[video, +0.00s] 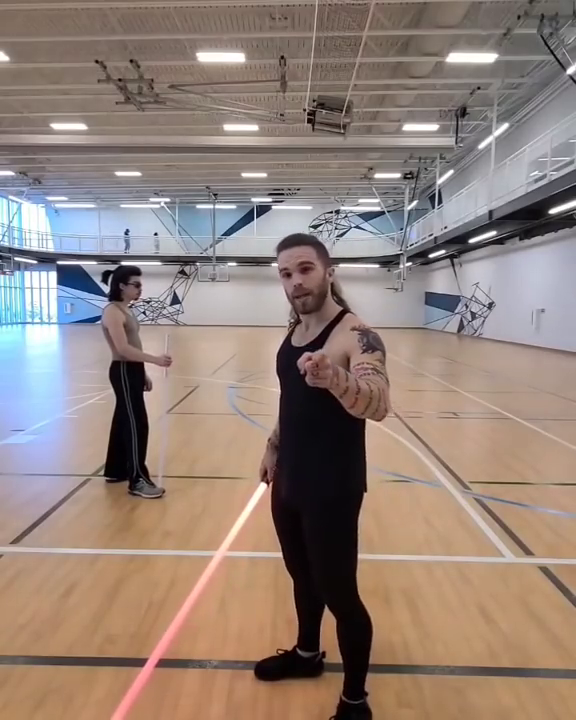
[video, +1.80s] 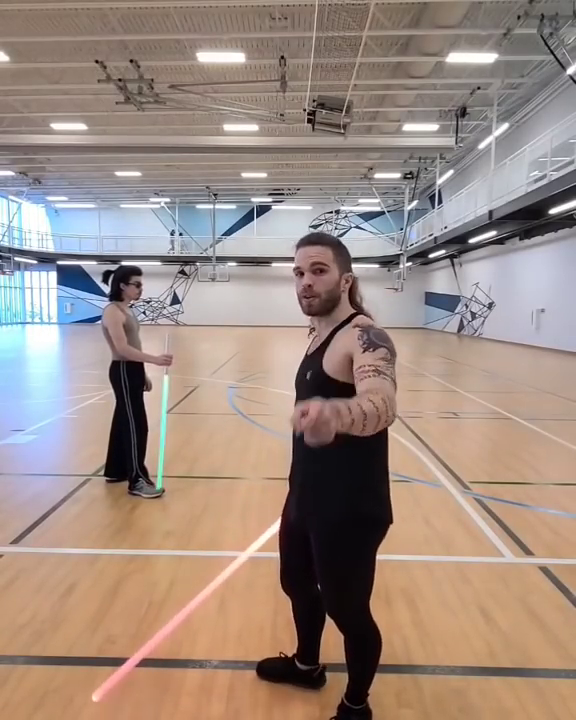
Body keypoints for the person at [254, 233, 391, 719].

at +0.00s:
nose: (296, 281)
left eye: (305, 269)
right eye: (286, 274)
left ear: (328, 271)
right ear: (280, 282)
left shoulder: (356, 335)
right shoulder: (297, 331)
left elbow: (378, 405)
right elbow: (295, 400)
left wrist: (335, 378)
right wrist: (273, 444)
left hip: (333, 483)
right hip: (290, 476)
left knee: (340, 593)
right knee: (303, 571)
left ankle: (355, 698)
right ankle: (307, 651)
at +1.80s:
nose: (305, 281)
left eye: (318, 271)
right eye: (299, 273)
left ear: (346, 279)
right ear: (294, 281)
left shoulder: (367, 338)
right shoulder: (321, 333)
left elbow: (380, 403)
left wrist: (335, 414)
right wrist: (300, 482)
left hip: (350, 501)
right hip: (308, 491)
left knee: (348, 608)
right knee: (299, 579)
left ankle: (356, 703)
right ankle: (306, 663)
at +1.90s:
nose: (305, 285)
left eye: (318, 273)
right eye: (299, 276)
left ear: (345, 281)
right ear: (293, 283)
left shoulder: (366, 340)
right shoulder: (323, 335)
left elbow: (380, 413)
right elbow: (326, 416)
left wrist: (321, 458)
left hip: (350, 504)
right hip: (309, 494)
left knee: (348, 610)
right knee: (300, 583)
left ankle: (357, 703)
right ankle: (307, 666)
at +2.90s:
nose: (279, 285)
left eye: (289, 275)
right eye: (270, 276)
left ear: (308, 278)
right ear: (261, 281)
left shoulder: (329, 337)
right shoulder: (275, 330)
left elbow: (356, 417)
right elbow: (284, 401)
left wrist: (324, 487)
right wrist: (256, 434)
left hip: (310, 482)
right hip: (272, 475)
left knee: (315, 594)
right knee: (286, 568)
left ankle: (351, 696)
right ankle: (301, 645)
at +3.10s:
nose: (285, 283)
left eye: (296, 274)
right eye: (276, 272)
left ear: (310, 280)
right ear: (264, 275)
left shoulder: (333, 336)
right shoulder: (264, 329)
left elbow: (367, 411)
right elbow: (252, 385)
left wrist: (354, 482)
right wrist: (198, 406)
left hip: (319, 483)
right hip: (272, 476)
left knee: (337, 591)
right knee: (290, 569)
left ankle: (364, 697)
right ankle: (302, 646)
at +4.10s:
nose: (330, 273)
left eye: (344, 264)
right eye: (328, 264)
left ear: (377, 277)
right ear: (325, 269)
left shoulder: (410, 346)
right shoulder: (318, 335)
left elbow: (432, 438)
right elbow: (267, 373)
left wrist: (377, 504)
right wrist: (205, 381)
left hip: (380, 497)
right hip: (323, 484)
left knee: (368, 608)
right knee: (292, 568)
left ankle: (368, 700)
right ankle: (301, 642)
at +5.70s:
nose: (316, 275)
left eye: (329, 264)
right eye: (308, 266)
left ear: (353, 272)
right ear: (302, 273)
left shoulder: (377, 338)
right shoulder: (316, 333)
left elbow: (406, 419)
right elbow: (285, 394)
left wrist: (329, 464)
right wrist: (226, 406)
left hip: (361, 497)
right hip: (309, 489)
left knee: (358, 605)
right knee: (283, 571)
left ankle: (367, 700)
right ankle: (289, 649)